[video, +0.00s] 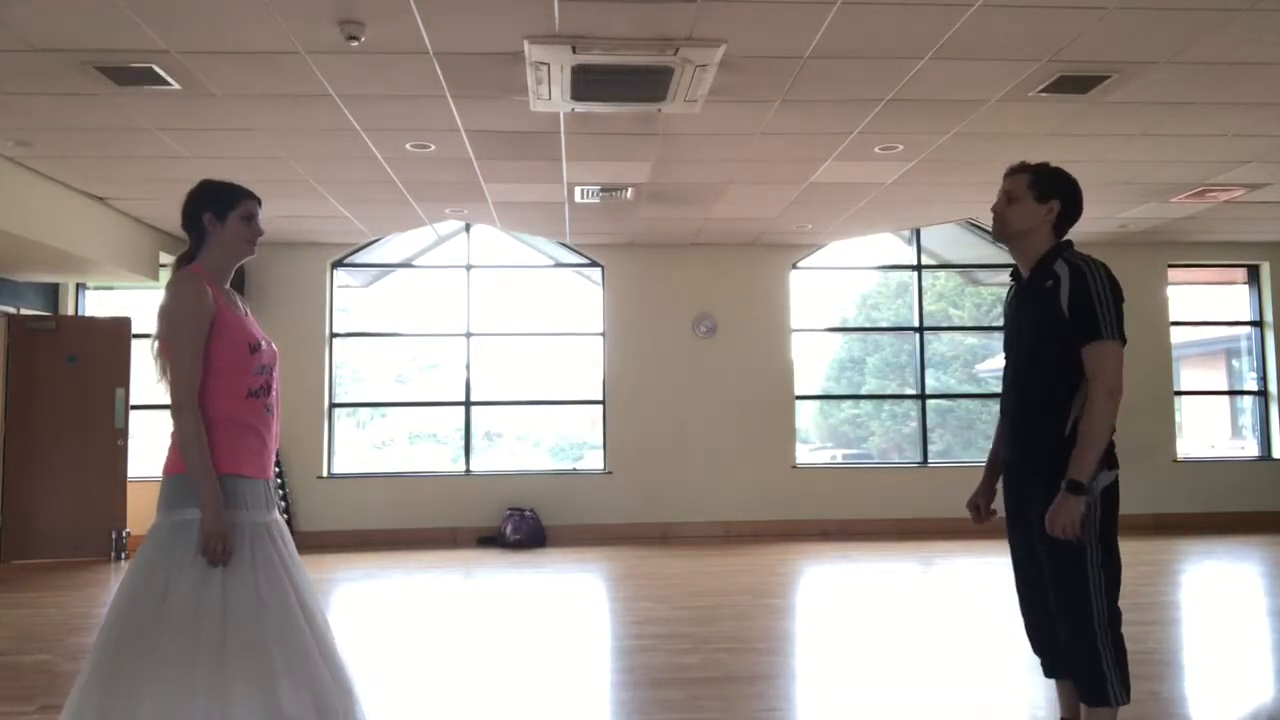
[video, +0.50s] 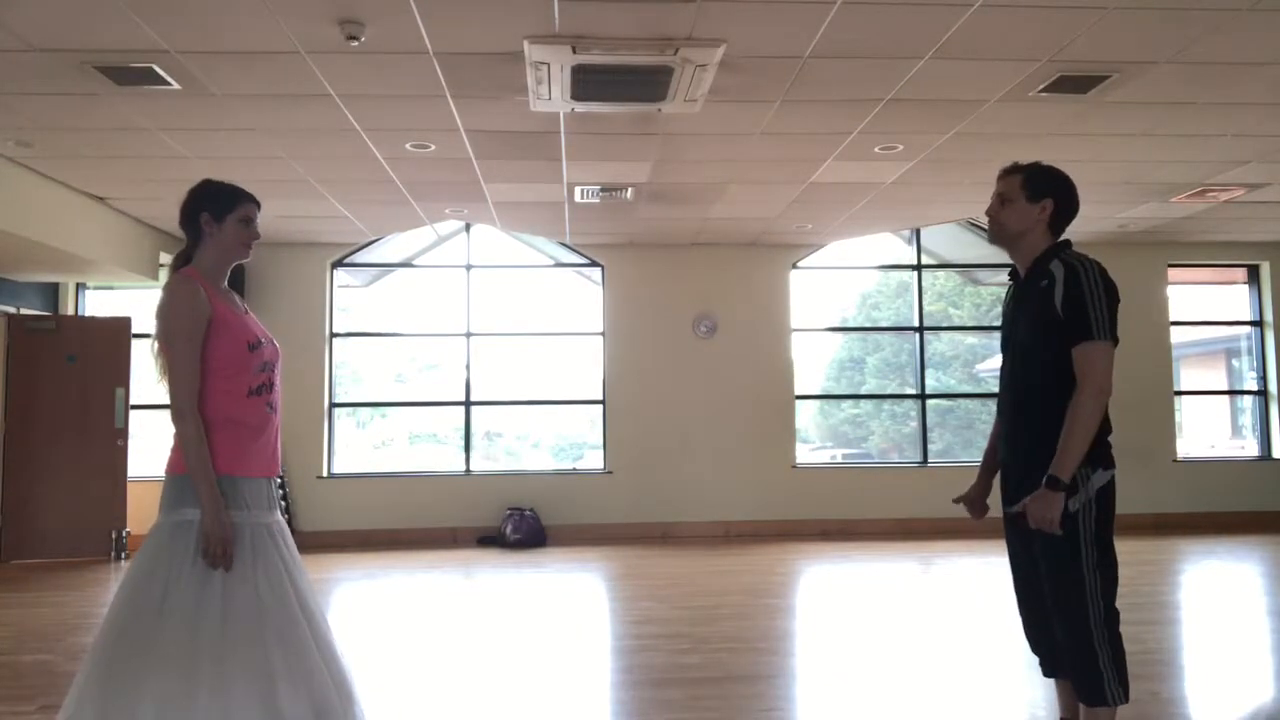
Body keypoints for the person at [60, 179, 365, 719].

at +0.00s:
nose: (260, 232)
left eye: (259, 221)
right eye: (248, 219)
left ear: (222, 226)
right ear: (210, 222)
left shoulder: (231, 298)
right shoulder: (191, 288)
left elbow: (236, 403)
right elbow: (184, 403)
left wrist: (264, 499)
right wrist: (211, 507)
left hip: (249, 498)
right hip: (215, 499)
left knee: (252, 656)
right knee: (214, 658)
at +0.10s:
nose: (258, 232)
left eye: (258, 222)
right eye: (248, 220)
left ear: (221, 226)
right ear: (209, 222)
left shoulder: (230, 297)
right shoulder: (191, 289)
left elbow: (235, 403)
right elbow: (184, 403)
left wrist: (265, 497)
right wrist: (211, 506)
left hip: (251, 497)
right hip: (215, 499)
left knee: (254, 654)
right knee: (214, 658)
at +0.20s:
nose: (257, 233)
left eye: (257, 223)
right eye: (246, 221)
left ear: (220, 226)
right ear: (208, 221)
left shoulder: (230, 297)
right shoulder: (189, 289)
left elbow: (238, 403)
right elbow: (183, 403)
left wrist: (266, 498)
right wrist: (210, 506)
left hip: (251, 496)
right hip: (215, 498)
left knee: (254, 653)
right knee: (213, 656)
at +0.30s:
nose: (255, 235)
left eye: (256, 225)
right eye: (246, 222)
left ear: (219, 227)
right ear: (207, 222)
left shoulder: (229, 296)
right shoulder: (188, 290)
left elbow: (238, 404)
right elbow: (183, 406)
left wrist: (267, 499)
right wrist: (210, 507)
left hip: (252, 498)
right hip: (215, 499)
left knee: (255, 654)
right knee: (216, 656)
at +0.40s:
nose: (255, 236)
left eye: (256, 226)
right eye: (246, 224)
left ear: (217, 228)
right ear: (207, 223)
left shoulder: (230, 298)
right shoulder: (186, 292)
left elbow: (244, 404)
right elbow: (183, 408)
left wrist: (270, 497)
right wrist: (211, 507)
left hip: (253, 497)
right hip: (215, 498)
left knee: (256, 653)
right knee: (217, 654)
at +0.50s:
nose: (255, 235)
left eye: (256, 226)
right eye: (246, 223)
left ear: (219, 228)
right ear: (208, 223)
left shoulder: (229, 298)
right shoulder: (186, 291)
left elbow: (244, 405)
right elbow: (184, 407)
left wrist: (271, 497)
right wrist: (212, 507)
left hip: (253, 497)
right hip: (216, 498)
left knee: (257, 653)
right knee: (218, 655)